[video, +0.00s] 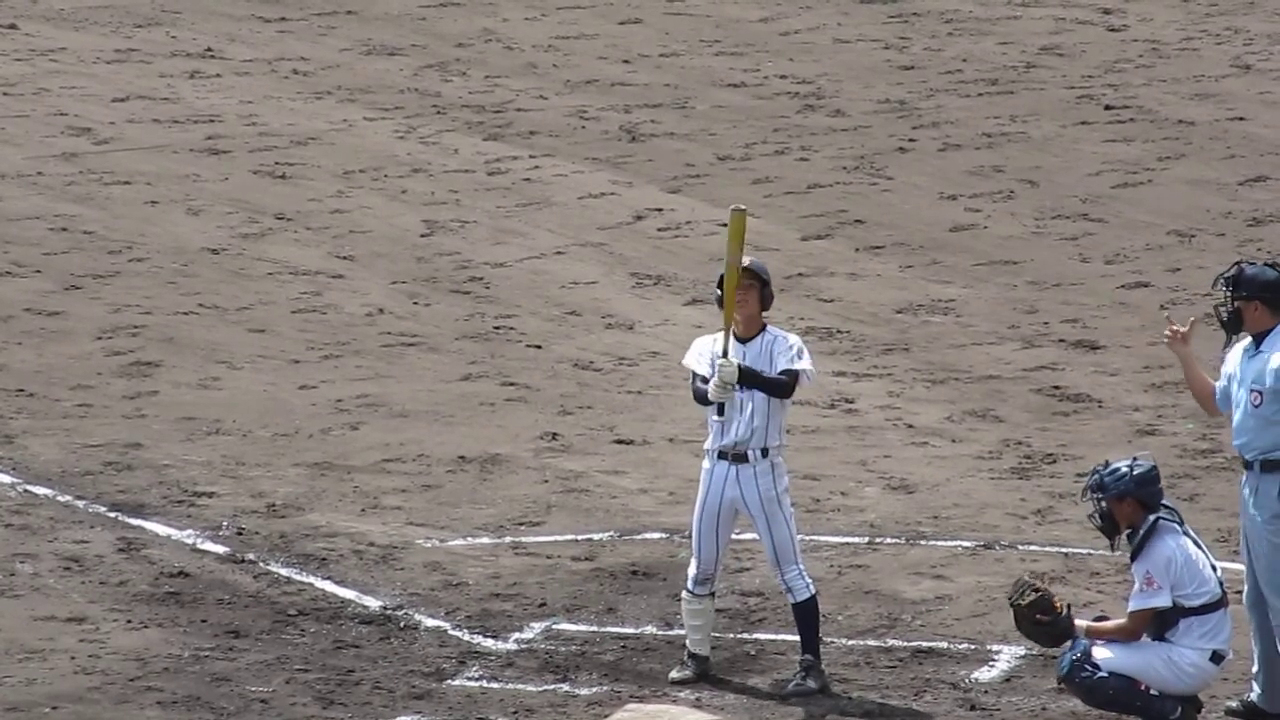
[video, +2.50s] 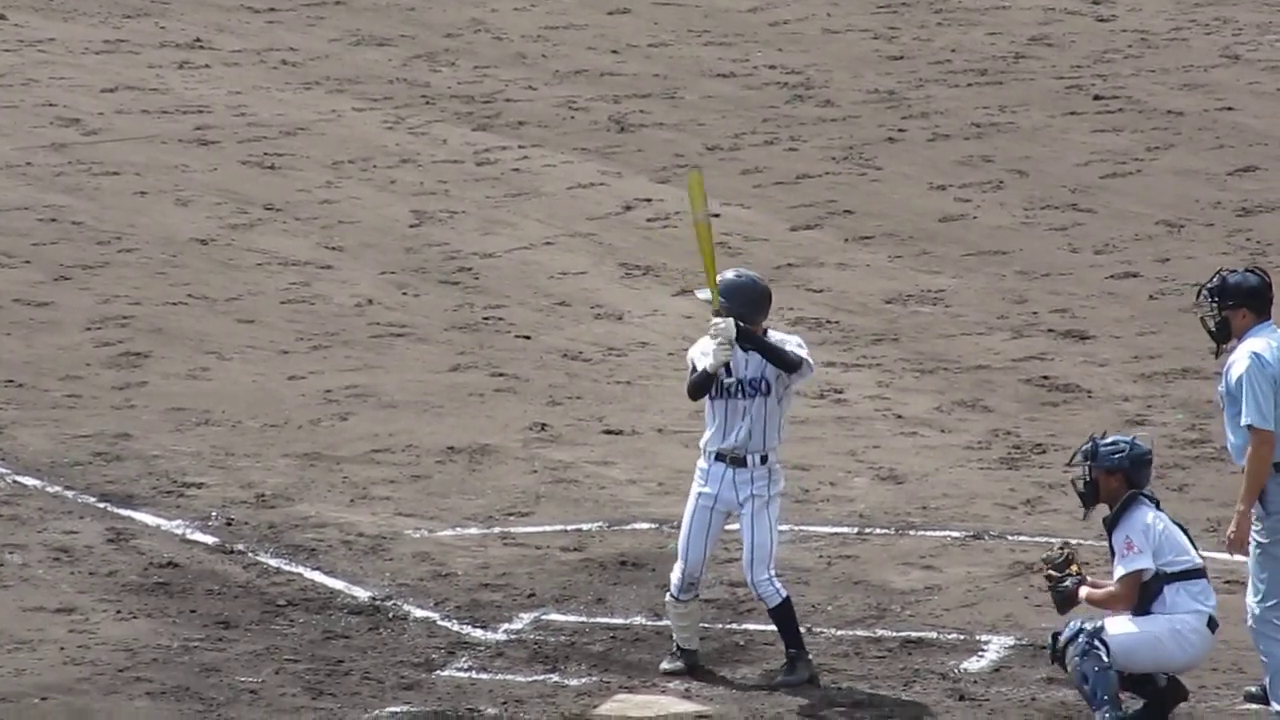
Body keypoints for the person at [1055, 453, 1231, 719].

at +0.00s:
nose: (1102, 511)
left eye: (1108, 503)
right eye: (1103, 503)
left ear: (1128, 504)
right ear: (1131, 503)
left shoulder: (1157, 549)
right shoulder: (1164, 524)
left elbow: (1133, 631)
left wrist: (1076, 627)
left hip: (1192, 662)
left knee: (1077, 666)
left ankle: (1171, 710)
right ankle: (1180, 698)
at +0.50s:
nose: (1105, 497)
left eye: (1111, 491)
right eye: (1106, 490)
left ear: (1132, 496)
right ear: (1135, 495)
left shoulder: (1153, 543)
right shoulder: (1164, 522)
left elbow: (1133, 624)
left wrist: (1071, 633)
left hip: (1184, 659)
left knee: (1072, 664)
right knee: (1091, 622)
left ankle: (1163, 706)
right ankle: (1173, 692)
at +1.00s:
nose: (1099, 502)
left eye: (1106, 495)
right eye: (1101, 494)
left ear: (1127, 501)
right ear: (1129, 500)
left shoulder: (1148, 550)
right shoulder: (1159, 526)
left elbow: (1127, 629)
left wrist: (1062, 639)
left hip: (1178, 666)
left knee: (1066, 668)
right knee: (1087, 626)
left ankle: (1161, 710)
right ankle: (1169, 696)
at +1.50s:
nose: (1097, 496)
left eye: (1104, 491)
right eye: (1100, 489)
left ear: (1124, 500)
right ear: (1127, 500)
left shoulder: (1141, 545)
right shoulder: (1155, 526)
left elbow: (1129, 629)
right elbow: (1141, 602)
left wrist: (1077, 626)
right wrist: (1086, 603)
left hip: (1180, 661)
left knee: (1067, 665)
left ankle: (1160, 709)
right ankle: (1166, 699)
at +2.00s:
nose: (1093, 483)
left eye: (1101, 478)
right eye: (1096, 476)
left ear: (1121, 485)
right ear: (1125, 485)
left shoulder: (1132, 528)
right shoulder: (1145, 519)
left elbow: (1122, 607)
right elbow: (1143, 598)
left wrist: (1083, 598)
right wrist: (1097, 588)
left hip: (1180, 644)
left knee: (1070, 653)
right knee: (1082, 632)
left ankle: (1158, 704)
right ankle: (1164, 691)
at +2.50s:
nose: (1087, 478)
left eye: (1094, 472)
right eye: (1089, 471)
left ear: (1116, 478)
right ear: (1119, 479)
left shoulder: (1134, 520)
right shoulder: (1135, 513)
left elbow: (1124, 599)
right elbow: (1130, 590)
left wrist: (1081, 592)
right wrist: (1085, 582)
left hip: (1185, 631)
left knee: (1084, 643)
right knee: (1068, 641)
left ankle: (1108, 712)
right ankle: (1160, 689)